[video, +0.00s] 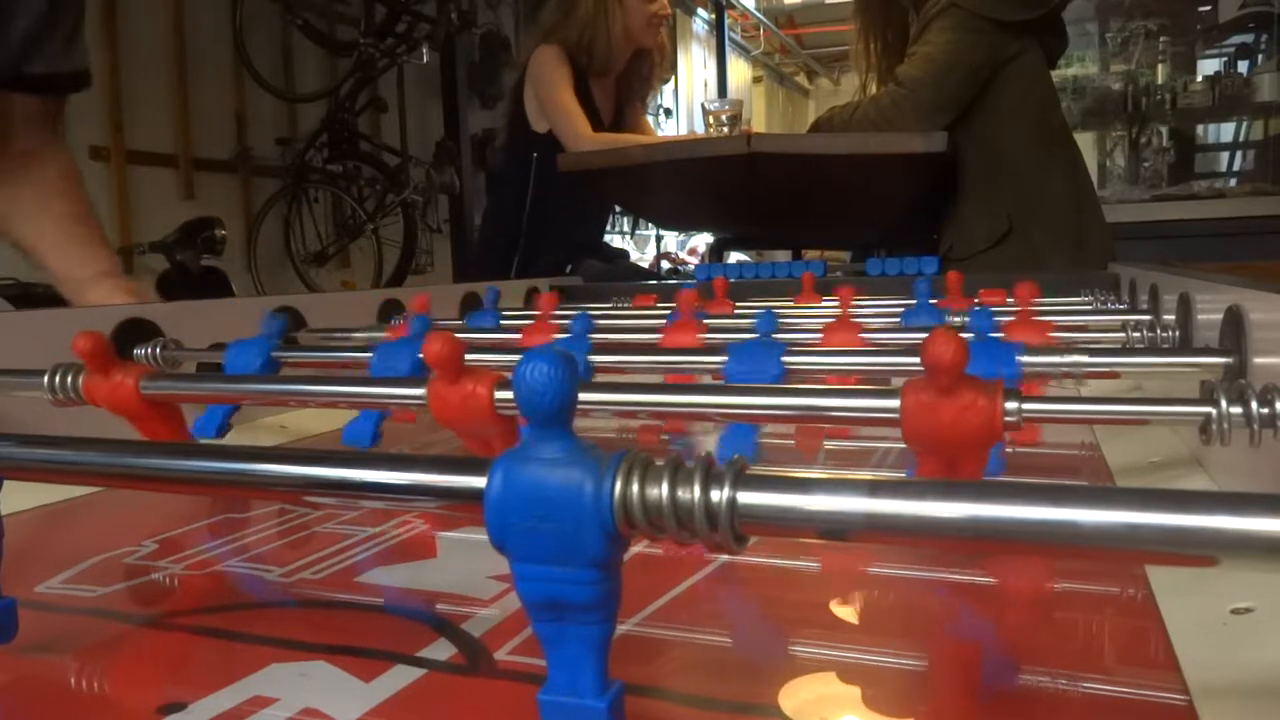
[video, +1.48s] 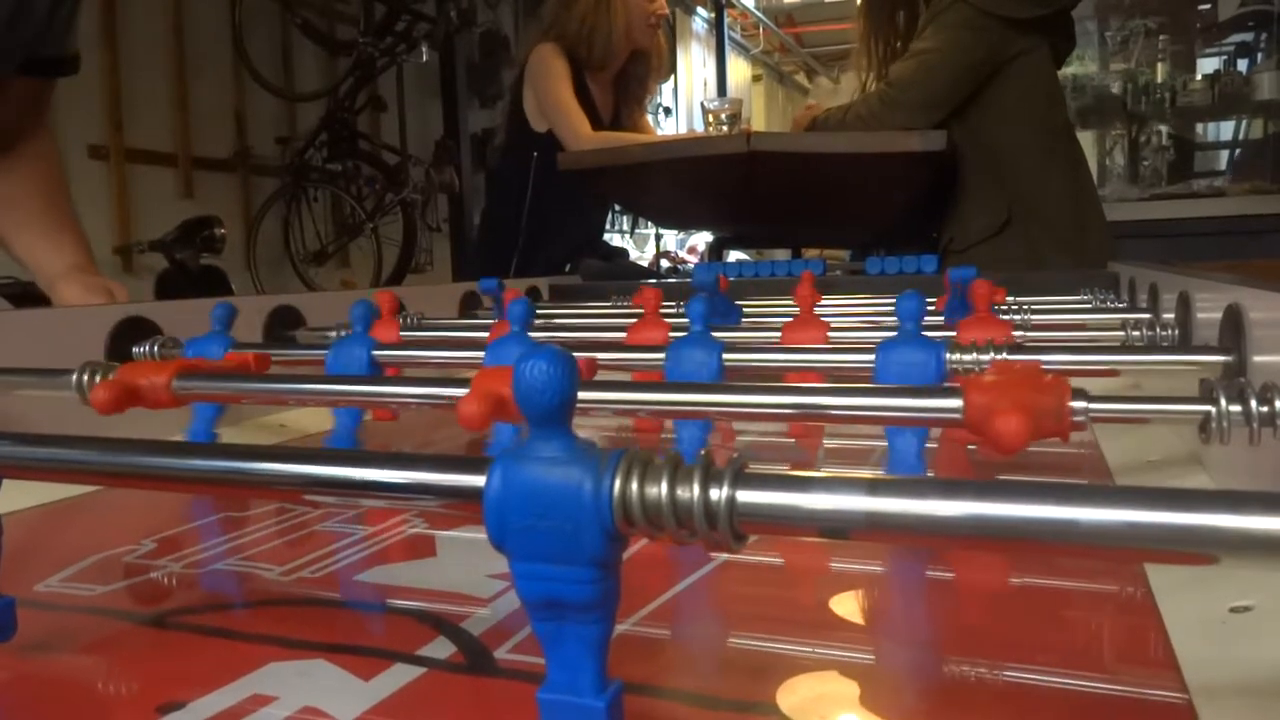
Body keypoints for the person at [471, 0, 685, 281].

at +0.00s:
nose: (667, 9)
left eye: (666, 2)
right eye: (652, 0)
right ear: (610, 7)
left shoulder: (620, 81)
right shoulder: (549, 60)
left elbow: (651, 151)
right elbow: (581, 143)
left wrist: (701, 146)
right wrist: (678, 147)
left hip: (580, 250)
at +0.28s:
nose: (661, 8)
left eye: (658, 1)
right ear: (603, 5)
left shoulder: (617, 80)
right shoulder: (544, 59)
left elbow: (651, 150)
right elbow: (581, 142)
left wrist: (703, 145)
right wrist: (678, 145)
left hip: (580, 250)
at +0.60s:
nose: (662, 10)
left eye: (661, 2)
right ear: (608, 6)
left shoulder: (617, 79)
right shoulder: (547, 59)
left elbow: (650, 151)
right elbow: (581, 144)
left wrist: (698, 146)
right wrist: (679, 146)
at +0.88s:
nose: (662, 9)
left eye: (661, 2)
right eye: (649, 0)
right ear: (607, 7)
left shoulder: (619, 81)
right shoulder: (547, 59)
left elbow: (651, 152)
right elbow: (581, 144)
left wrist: (699, 146)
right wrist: (681, 145)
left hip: (578, 248)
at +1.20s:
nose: (664, 10)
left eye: (662, 2)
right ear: (609, 6)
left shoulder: (619, 82)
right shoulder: (548, 59)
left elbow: (652, 152)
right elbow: (582, 143)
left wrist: (700, 147)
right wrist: (678, 146)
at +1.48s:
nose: (664, 9)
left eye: (663, 2)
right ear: (609, 7)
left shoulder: (619, 82)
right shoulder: (548, 59)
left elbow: (651, 151)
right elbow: (581, 143)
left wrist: (696, 145)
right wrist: (675, 145)